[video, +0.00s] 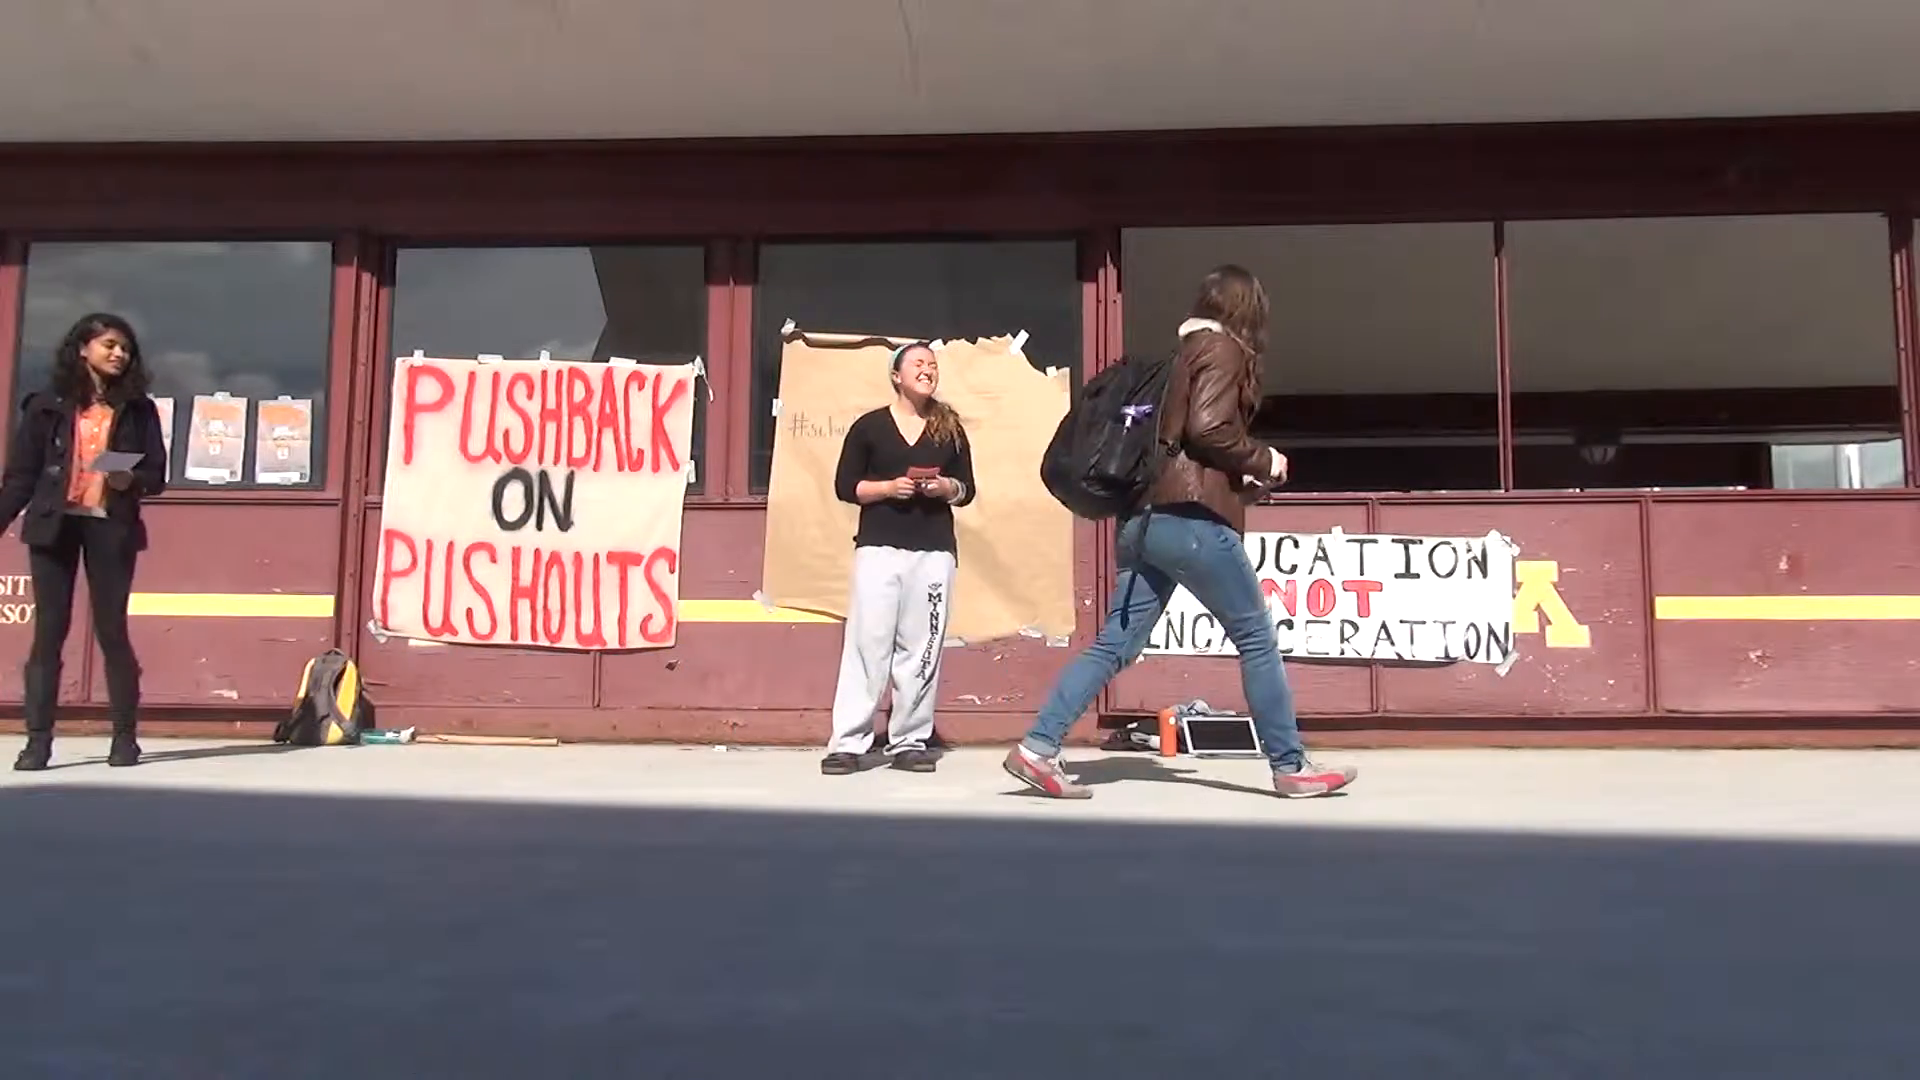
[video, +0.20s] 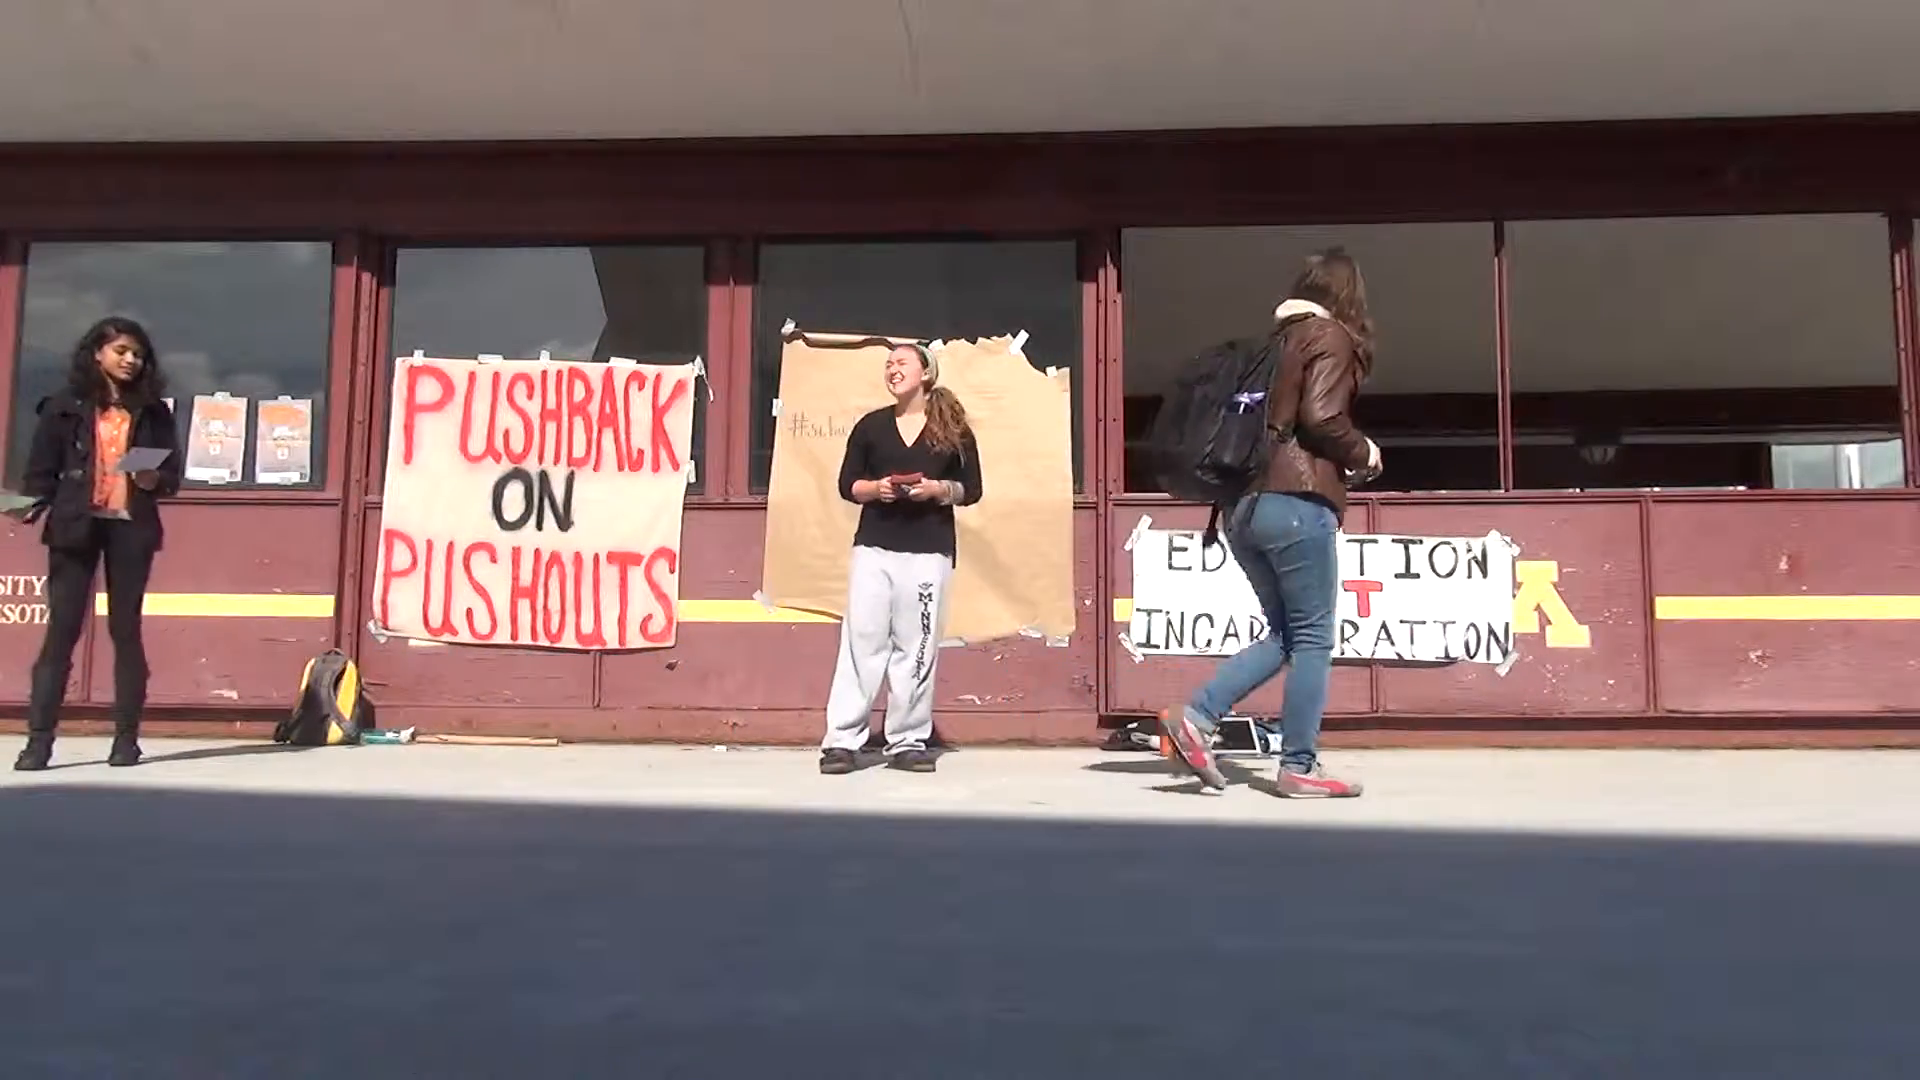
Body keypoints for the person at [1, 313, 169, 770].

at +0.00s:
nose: (117, 353)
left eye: (123, 348)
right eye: (108, 344)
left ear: (129, 358)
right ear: (81, 348)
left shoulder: (139, 409)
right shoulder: (46, 404)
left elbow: (156, 479)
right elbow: (21, 476)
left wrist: (132, 481)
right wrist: (3, 518)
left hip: (110, 527)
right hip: (52, 524)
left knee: (110, 630)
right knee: (49, 630)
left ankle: (125, 734)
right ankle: (39, 738)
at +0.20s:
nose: (128, 360)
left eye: (136, 354)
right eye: (120, 350)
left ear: (143, 362)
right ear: (95, 353)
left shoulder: (155, 412)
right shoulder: (64, 406)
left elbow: (171, 480)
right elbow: (40, 474)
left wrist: (155, 481)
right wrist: (44, 498)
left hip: (132, 527)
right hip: (76, 523)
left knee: (125, 627)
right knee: (62, 627)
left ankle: (126, 736)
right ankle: (40, 739)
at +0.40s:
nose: (141, 365)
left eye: (148, 359)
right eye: (132, 356)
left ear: (154, 366)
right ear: (107, 359)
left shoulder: (165, 415)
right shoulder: (79, 410)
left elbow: (184, 483)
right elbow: (53, 474)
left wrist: (173, 485)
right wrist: (78, 482)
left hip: (146, 531)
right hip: (93, 528)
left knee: (135, 630)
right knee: (72, 629)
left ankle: (127, 736)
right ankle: (40, 739)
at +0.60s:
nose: (149, 370)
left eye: (156, 364)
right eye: (140, 361)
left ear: (162, 371)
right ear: (117, 363)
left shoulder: (171, 417)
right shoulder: (86, 414)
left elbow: (190, 483)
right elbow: (69, 481)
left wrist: (182, 486)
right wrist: (113, 482)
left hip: (155, 532)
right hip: (103, 529)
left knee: (139, 629)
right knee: (79, 629)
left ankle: (127, 736)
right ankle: (42, 737)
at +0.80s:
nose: (153, 371)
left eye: (160, 365)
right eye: (144, 362)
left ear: (166, 372)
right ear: (122, 364)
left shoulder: (174, 417)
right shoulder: (92, 411)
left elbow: (193, 482)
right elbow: (74, 482)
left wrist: (184, 488)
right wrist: (124, 482)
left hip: (157, 532)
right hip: (105, 529)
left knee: (139, 628)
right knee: (83, 627)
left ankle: (126, 737)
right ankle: (44, 735)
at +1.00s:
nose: (154, 372)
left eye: (161, 366)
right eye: (145, 363)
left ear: (167, 372)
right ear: (123, 365)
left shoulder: (175, 417)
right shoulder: (92, 410)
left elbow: (192, 484)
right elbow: (72, 481)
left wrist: (177, 489)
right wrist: (119, 483)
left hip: (155, 533)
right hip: (103, 529)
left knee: (137, 629)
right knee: (79, 628)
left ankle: (126, 738)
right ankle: (42, 737)